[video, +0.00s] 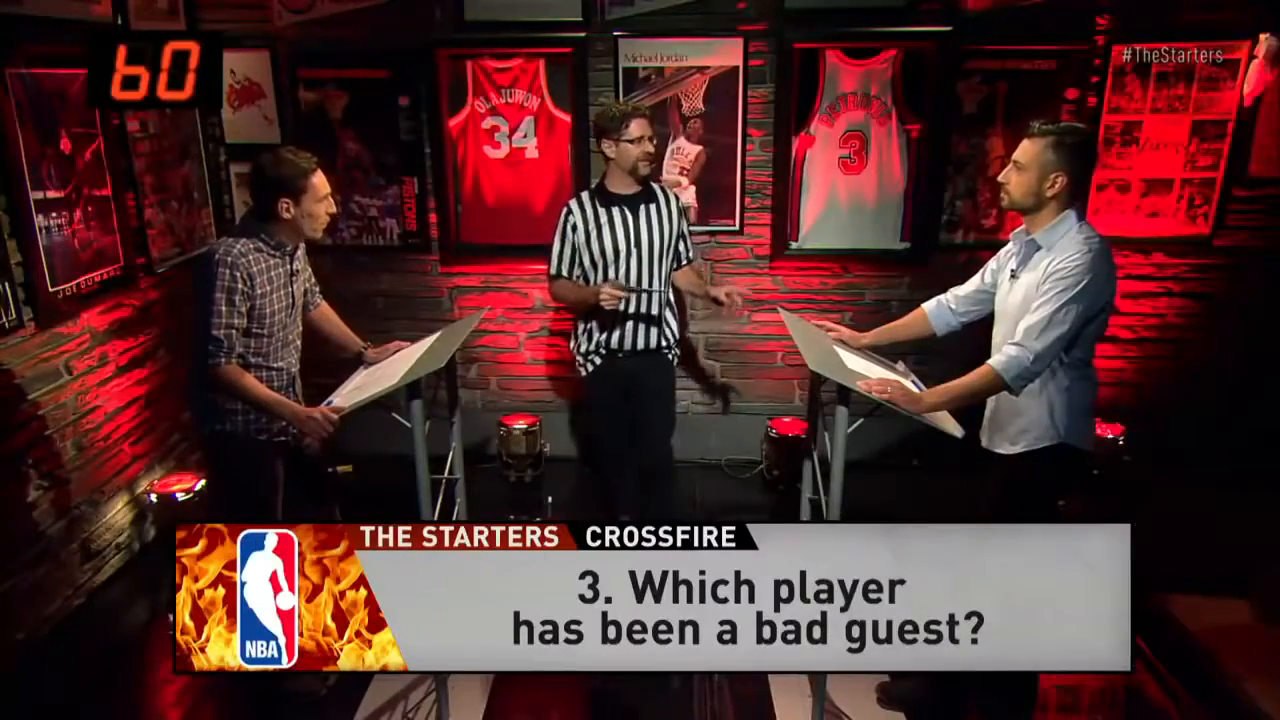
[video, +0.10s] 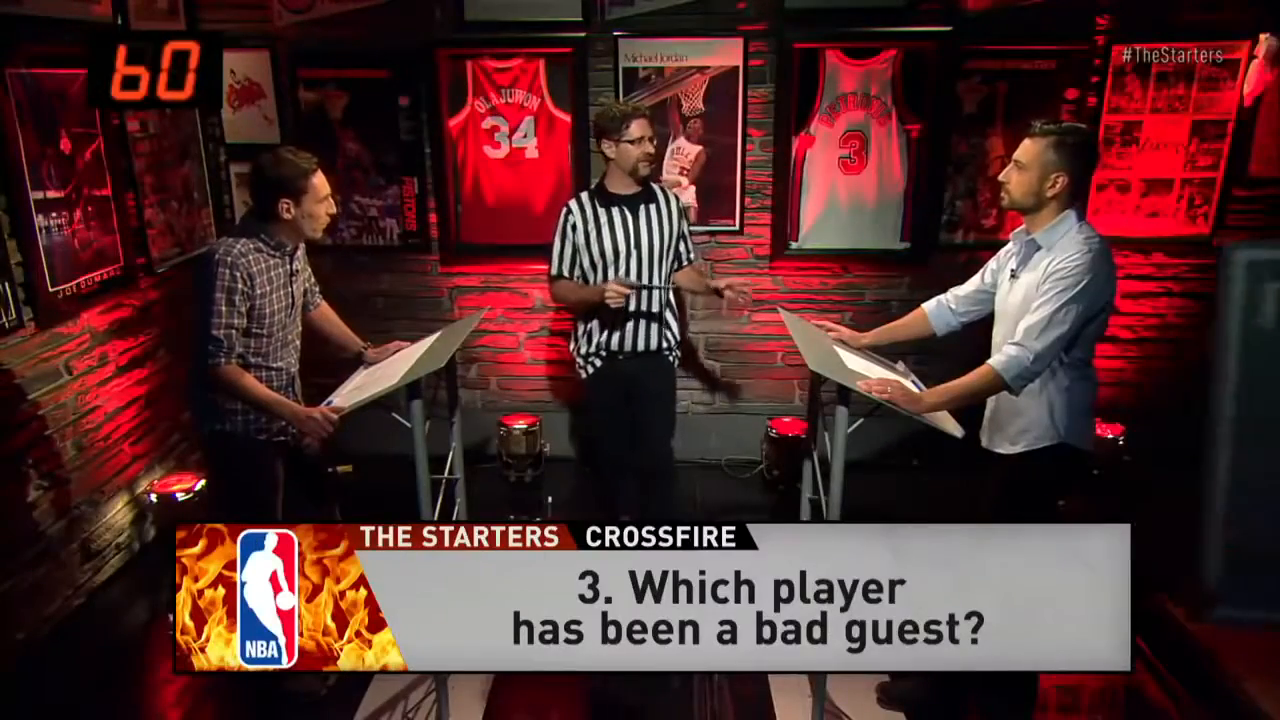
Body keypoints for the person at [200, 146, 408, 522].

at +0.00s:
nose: (333, 208)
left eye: (330, 198)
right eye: (323, 200)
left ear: (288, 209)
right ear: (287, 208)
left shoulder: (292, 248)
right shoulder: (233, 260)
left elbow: (313, 305)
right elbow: (220, 365)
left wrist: (364, 350)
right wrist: (296, 414)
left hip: (287, 428)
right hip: (244, 438)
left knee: (302, 528)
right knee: (254, 540)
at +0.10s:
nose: (333, 208)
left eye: (330, 198)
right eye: (323, 201)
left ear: (288, 209)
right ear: (287, 208)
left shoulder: (292, 248)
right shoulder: (233, 261)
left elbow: (313, 305)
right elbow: (220, 365)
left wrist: (364, 350)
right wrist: (296, 414)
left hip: (287, 429)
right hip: (243, 438)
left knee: (302, 528)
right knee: (254, 540)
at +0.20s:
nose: (332, 207)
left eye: (329, 197)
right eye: (322, 200)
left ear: (287, 208)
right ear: (287, 208)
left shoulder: (291, 248)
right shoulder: (233, 261)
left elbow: (313, 305)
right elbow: (220, 365)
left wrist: (364, 350)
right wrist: (296, 414)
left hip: (287, 429)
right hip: (243, 438)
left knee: (302, 528)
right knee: (254, 540)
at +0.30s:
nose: (332, 206)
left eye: (328, 195)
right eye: (321, 198)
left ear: (287, 208)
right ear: (285, 207)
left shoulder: (292, 248)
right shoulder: (233, 260)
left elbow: (313, 305)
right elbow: (220, 365)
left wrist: (364, 350)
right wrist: (295, 414)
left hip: (286, 429)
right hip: (243, 438)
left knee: (302, 529)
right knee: (254, 540)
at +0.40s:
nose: (331, 205)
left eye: (327, 194)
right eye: (320, 197)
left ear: (286, 208)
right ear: (285, 207)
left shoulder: (292, 248)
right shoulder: (233, 260)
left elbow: (313, 305)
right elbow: (220, 366)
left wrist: (364, 350)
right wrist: (295, 414)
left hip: (288, 428)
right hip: (243, 438)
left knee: (308, 526)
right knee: (255, 540)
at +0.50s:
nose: (329, 204)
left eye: (325, 193)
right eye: (319, 196)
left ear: (286, 207)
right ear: (283, 207)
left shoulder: (292, 248)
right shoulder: (233, 260)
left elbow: (313, 305)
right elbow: (220, 365)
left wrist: (364, 350)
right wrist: (295, 413)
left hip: (288, 428)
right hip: (243, 437)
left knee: (307, 527)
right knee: (255, 540)